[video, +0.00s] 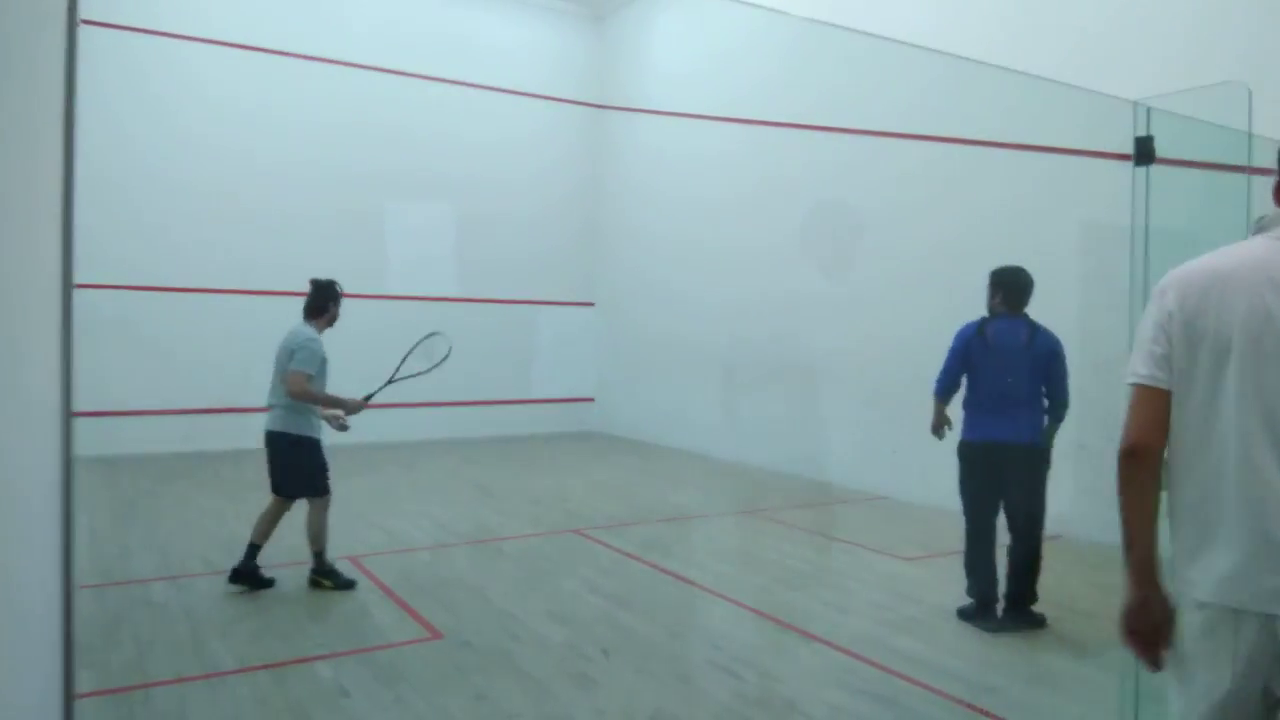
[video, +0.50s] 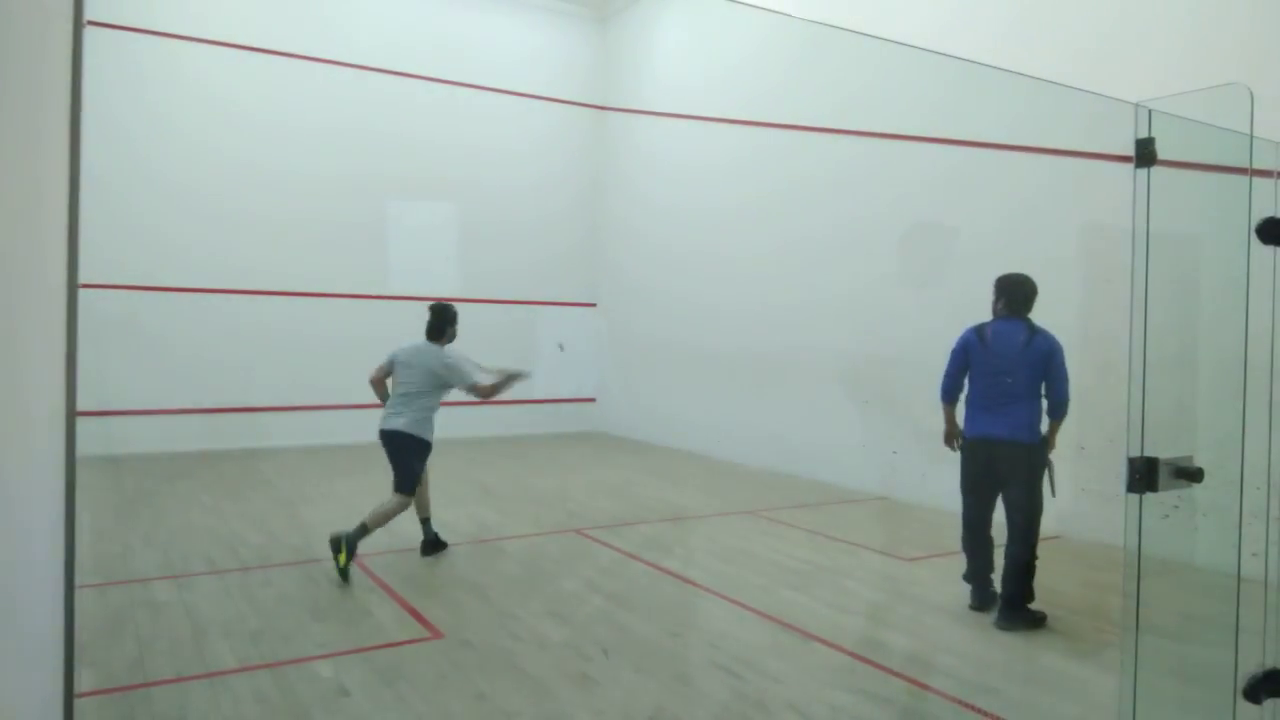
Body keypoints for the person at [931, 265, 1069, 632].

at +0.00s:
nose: (988, 299)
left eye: (990, 293)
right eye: (992, 294)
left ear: (995, 296)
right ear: (1026, 298)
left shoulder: (972, 334)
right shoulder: (1045, 341)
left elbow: (948, 377)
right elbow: (1059, 399)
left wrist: (939, 410)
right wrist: (1048, 433)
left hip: (979, 451)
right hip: (1027, 452)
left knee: (979, 527)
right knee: (1026, 532)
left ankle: (982, 602)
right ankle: (1019, 605)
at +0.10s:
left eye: (1005, 297)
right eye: (1033, 297)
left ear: (1003, 299)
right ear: (1038, 301)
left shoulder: (980, 338)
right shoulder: (1055, 346)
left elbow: (959, 390)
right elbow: (1071, 405)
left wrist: (952, 425)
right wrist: (1080, 453)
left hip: (987, 454)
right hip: (1035, 456)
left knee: (977, 527)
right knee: (1029, 534)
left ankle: (978, 599)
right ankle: (1017, 610)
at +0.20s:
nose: (1007, 306)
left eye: (1008, 300)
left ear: (1011, 302)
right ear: (1045, 305)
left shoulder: (986, 339)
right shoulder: (1062, 348)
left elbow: (956, 387)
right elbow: (1079, 405)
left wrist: (950, 431)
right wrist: (1089, 455)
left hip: (989, 454)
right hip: (1037, 458)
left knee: (981, 520)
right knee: (1031, 536)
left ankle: (973, 594)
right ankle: (1016, 612)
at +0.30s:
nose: (1003, 306)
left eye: (1005, 301)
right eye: (1007, 301)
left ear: (1010, 304)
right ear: (1042, 307)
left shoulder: (984, 339)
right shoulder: (1057, 347)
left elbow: (960, 391)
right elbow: (1072, 404)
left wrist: (957, 429)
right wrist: (1073, 449)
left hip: (987, 453)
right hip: (1033, 457)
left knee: (981, 524)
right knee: (1029, 535)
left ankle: (980, 595)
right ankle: (1015, 612)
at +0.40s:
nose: (994, 303)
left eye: (997, 298)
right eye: (998, 298)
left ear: (1002, 302)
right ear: (1032, 305)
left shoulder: (977, 337)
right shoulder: (1048, 344)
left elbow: (953, 388)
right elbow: (1062, 401)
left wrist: (960, 424)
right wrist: (1057, 442)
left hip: (981, 451)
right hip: (1026, 453)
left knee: (978, 523)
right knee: (1025, 531)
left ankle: (981, 595)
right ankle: (1014, 610)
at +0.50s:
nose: (991, 303)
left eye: (993, 298)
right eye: (994, 298)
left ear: (999, 301)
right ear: (1029, 304)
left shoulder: (974, 337)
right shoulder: (1045, 343)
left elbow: (950, 384)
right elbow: (1058, 398)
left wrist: (950, 423)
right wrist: (1051, 436)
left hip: (978, 450)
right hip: (1023, 452)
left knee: (975, 522)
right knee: (1023, 530)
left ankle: (981, 593)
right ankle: (1013, 609)